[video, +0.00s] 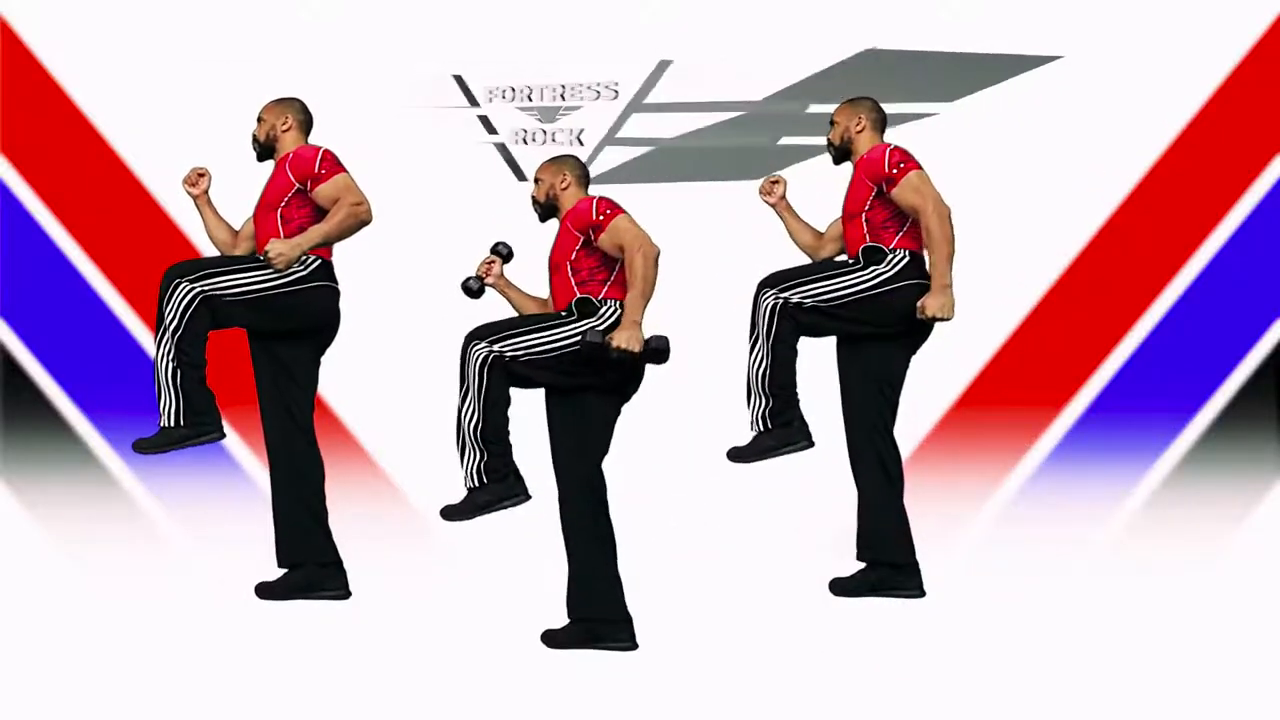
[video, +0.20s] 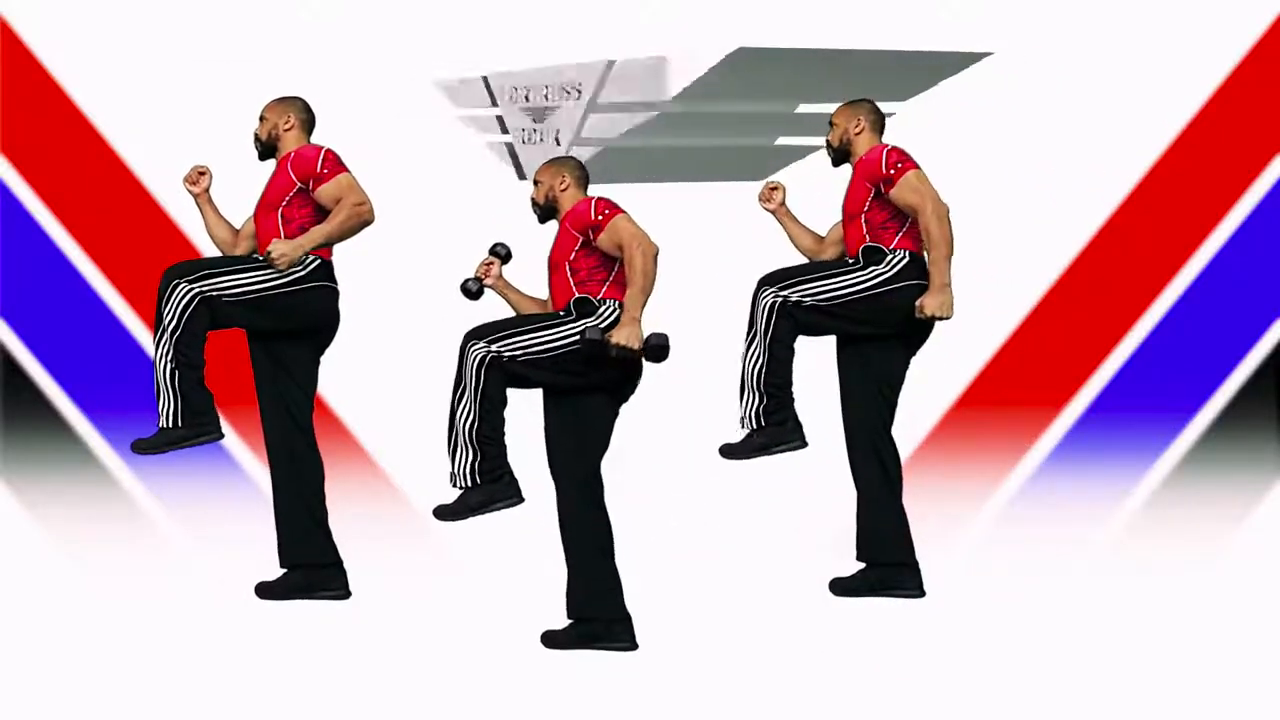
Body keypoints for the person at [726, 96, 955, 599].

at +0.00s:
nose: (828, 133)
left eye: (833, 123)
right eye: (829, 125)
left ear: (858, 123)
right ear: (860, 126)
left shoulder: (884, 156)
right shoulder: (864, 183)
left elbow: (934, 209)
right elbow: (822, 248)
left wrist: (940, 287)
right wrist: (782, 206)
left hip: (894, 274)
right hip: (890, 291)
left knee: (774, 294)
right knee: (868, 431)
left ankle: (781, 422)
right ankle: (891, 566)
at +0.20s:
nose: (827, 137)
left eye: (832, 127)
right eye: (828, 129)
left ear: (857, 124)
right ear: (861, 127)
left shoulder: (883, 156)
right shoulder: (863, 186)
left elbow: (933, 209)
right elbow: (822, 250)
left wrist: (939, 285)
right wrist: (782, 210)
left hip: (895, 274)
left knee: (774, 291)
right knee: (867, 431)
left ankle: (773, 421)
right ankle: (891, 567)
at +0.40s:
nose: (814, 142)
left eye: (818, 132)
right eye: (815, 135)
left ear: (841, 129)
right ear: (851, 132)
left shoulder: (866, 162)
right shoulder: (859, 181)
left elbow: (882, 233)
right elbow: (861, 271)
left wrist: (832, 290)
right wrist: (803, 275)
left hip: (901, 284)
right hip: (907, 299)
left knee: (797, 355)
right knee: (876, 432)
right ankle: (892, 568)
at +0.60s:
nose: (794, 162)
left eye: (800, 152)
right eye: (794, 154)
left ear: (824, 151)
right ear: (836, 155)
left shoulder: (837, 184)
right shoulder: (866, 190)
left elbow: (795, 257)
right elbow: (929, 246)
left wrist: (738, 234)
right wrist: (914, 308)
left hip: (903, 296)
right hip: (893, 306)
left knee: (915, 432)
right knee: (864, 432)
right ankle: (891, 565)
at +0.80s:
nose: (781, 185)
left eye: (787, 176)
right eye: (782, 177)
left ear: (814, 172)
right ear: (824, 178)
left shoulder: (824, 207)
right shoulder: (862, 205)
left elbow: (765, 271)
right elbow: (938, 224)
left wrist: (726, 226)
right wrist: (957, 292)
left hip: (916, 308)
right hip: (903, 319)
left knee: (987, 429)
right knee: (866, 433)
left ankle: (1128, 534)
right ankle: (891, 567)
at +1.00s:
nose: (777, 192)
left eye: (784, 182)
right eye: (778, 184)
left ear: (812, 183)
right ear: (817, 186)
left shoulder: (821, 216)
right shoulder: (858, 211)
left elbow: (769, 286)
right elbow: (934, 228)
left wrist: (726, 249)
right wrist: (953, 294)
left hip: (923, 313)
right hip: (910, 323)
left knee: (1004, 433)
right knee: (866, 435)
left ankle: (1141, 537)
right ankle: (892, 566)